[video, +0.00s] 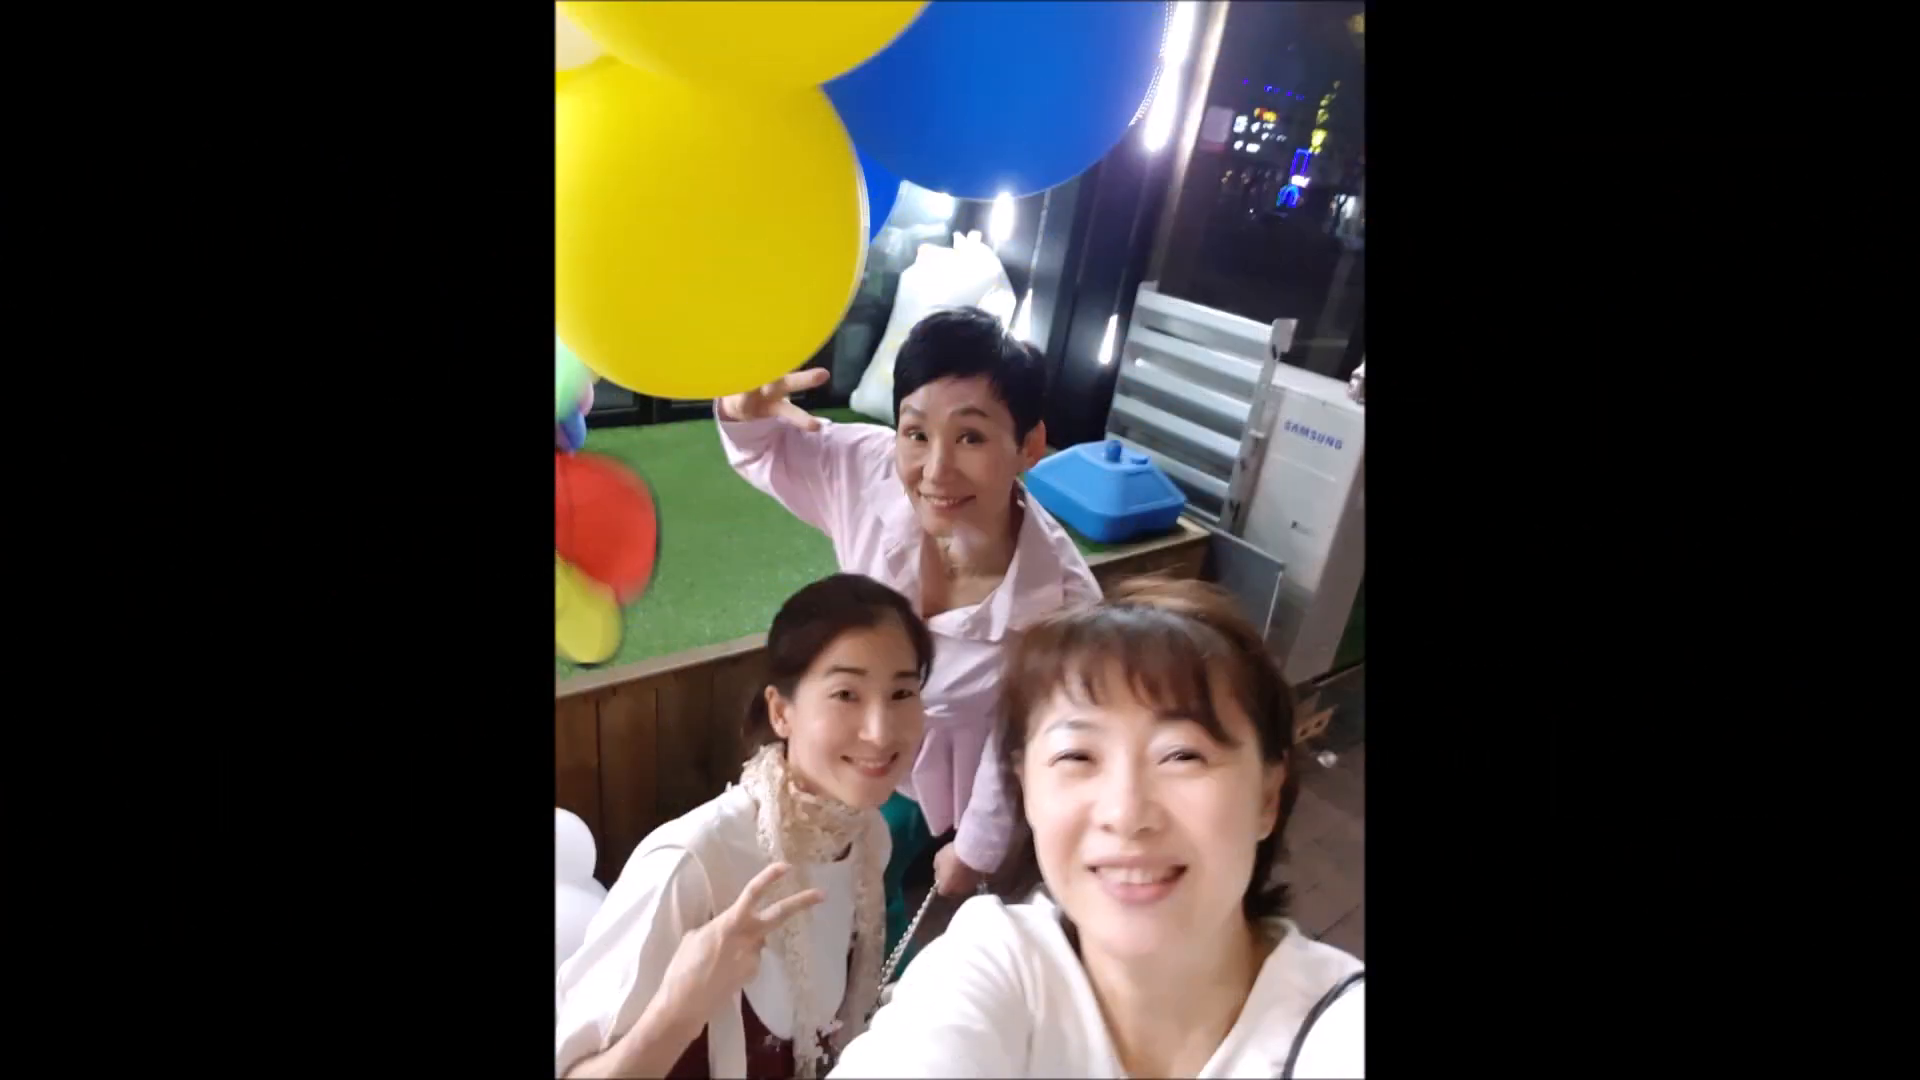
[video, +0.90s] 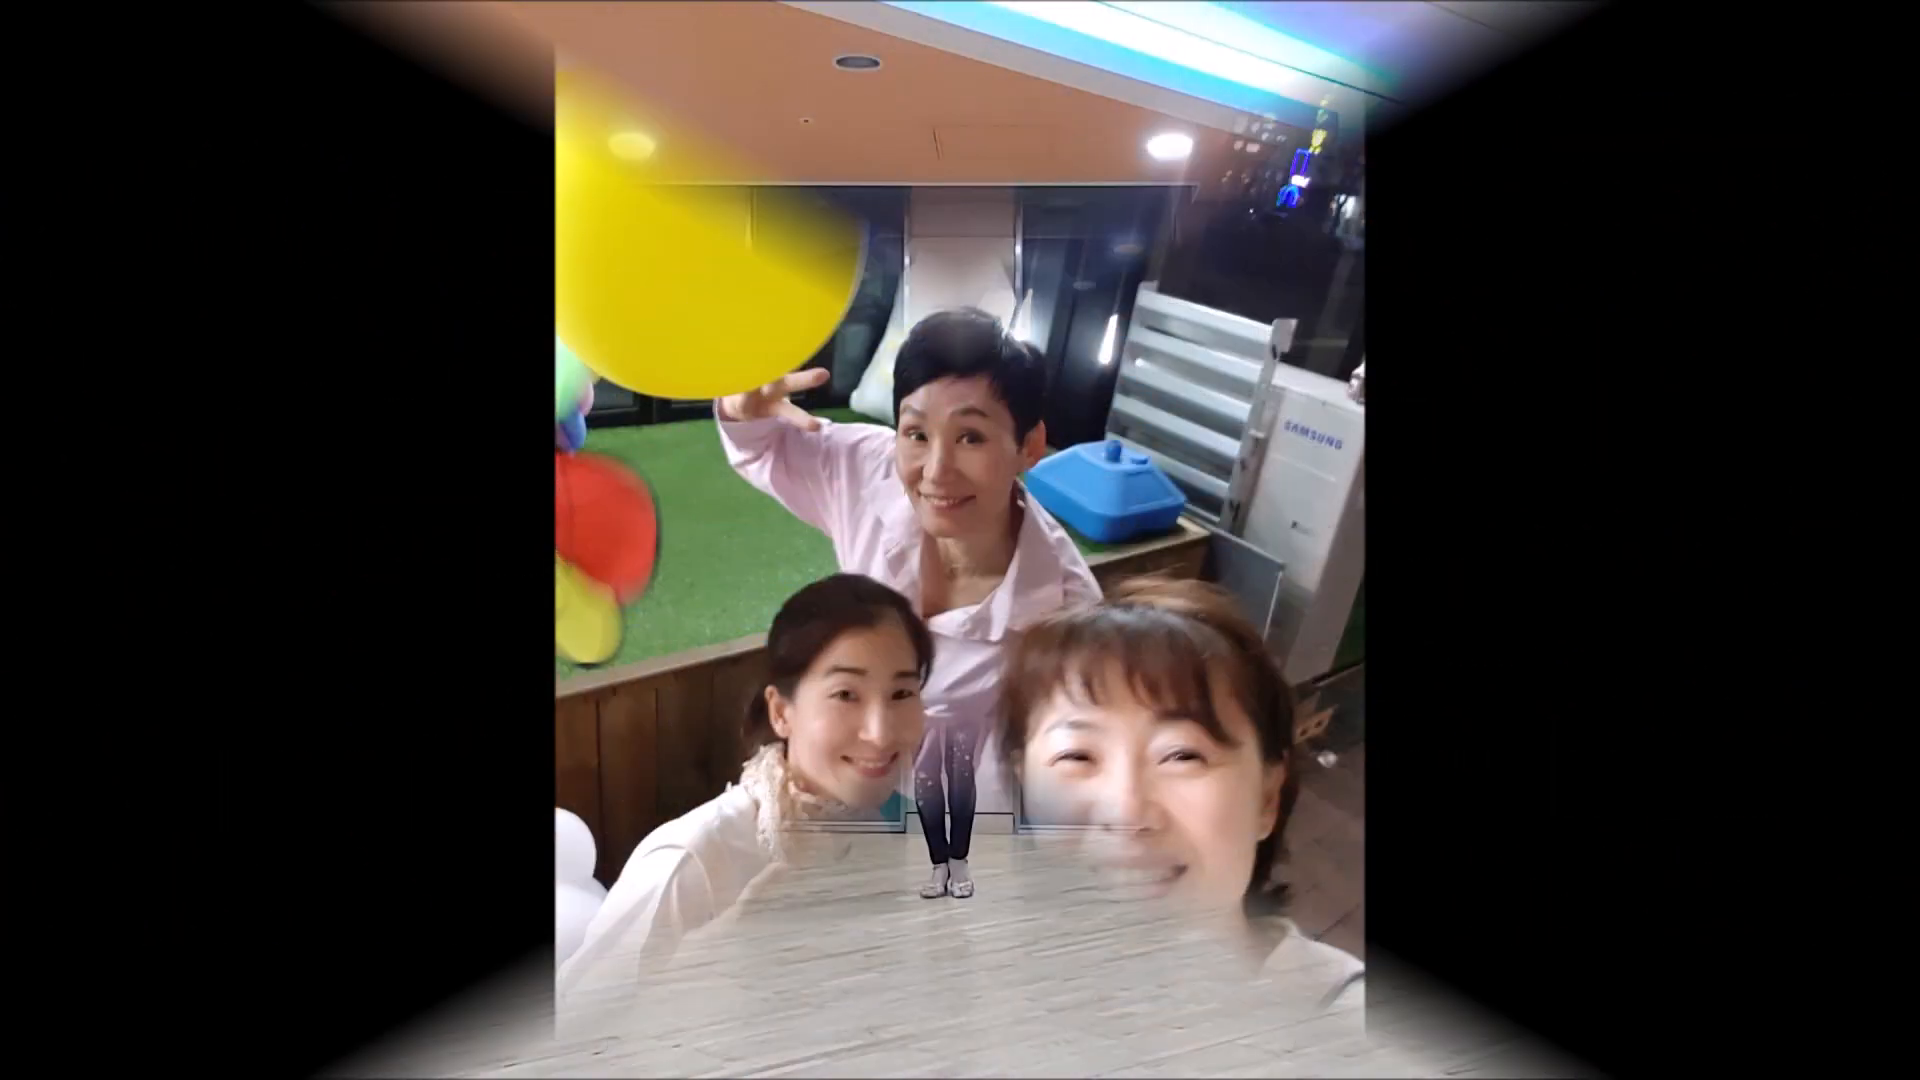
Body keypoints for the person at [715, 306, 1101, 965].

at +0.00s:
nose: (937, 469)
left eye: (971, 438)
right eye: (917, 435)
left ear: (1030, 448)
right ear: (895, 433)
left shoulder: (1058, 603)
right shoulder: (868, 469)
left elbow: (1024, 755)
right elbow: (771, 446)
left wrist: (974, 855)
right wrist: (749, 411)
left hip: (950, 817)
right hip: (844, 772)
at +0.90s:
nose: (937, 468)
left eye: (972, 438)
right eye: (917, 435)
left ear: (1030, 450)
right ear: (896, 434)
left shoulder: (1062, 608)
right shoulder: (866, 469)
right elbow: (762, 442)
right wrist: (749, 405)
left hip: (970, 834)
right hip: (832, 801)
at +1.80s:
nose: (964, 489)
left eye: (972, 482)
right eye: (955, 482)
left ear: (983, 489)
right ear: (944, 489)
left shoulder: (1001, 537)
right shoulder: (928, 542)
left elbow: (1031, 592)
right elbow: (913, 594)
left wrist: (1022, 622)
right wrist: (899, 630)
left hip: (1000, 659)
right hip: (952, 657)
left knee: (994, 750)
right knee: (986, 739)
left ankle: (982, 839)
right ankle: (964, 817)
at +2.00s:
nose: (969, 489)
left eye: (976, 481)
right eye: (960, 482)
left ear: (987, 488)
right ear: (948, 489)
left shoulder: (1004, 540)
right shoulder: (931, 540)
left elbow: (1031, 596)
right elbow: (911, 597)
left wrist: (1027, 637)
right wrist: (885, 642)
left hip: (1000, 660)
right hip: (955, 663)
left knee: (994, 753)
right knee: (986, 746)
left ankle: (981, 839)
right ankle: (962, 829)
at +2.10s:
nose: (971, 489)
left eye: (979, 482)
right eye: (963, 483)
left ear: (990, 489)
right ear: (951, 490)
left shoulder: (1005, 541)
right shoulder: (932, 541)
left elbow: (1033, 599)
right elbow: (917, 603)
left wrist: (1035, 644)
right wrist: (896, 646)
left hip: (1000, 660)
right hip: (953, 662)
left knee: (994, 751)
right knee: (987, 744)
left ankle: (980, 840)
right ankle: (961, 828)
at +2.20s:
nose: (972, 491)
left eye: (979, 484)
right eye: (964, 485)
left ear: (990, 490)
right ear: (952, 492)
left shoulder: (1010, 543)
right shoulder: (935, 545)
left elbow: (1041, 595)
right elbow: (931, 602)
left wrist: (1056, 643)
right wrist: (925, 630)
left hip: (997, 663)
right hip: (948, 663)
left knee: (993, 752)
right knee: (970, 744)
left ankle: (980, 839)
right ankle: (940, 812)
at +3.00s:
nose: (978, 488)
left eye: (985, 482)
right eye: (969, 482)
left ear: (996, 490)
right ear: (958, 491)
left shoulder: (1012, 542)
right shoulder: (940, 543)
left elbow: (1030, 599)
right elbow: (928, 601)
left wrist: (1040, 639)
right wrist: (923, 605)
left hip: (995, 664)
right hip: (946, 661)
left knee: (990, 753)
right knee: (916, 744)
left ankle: (978, 841)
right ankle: (888, 830)